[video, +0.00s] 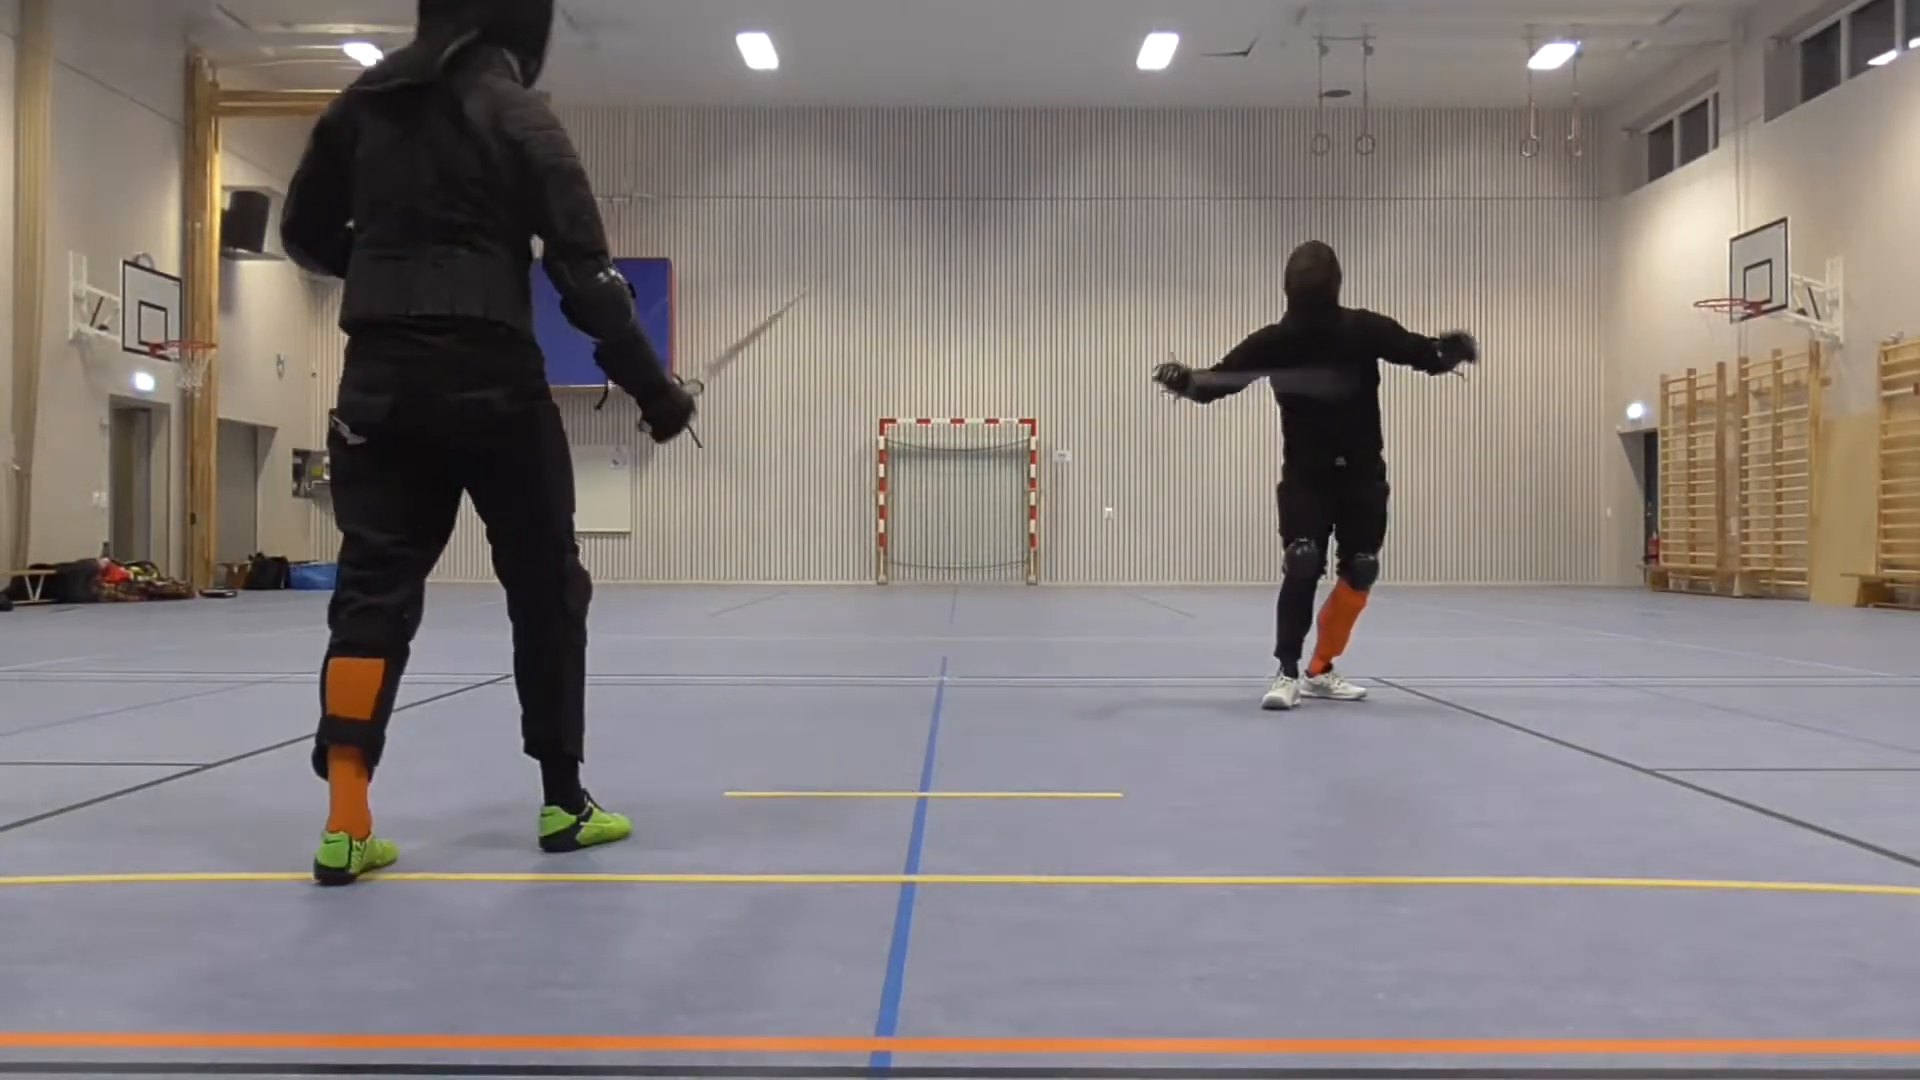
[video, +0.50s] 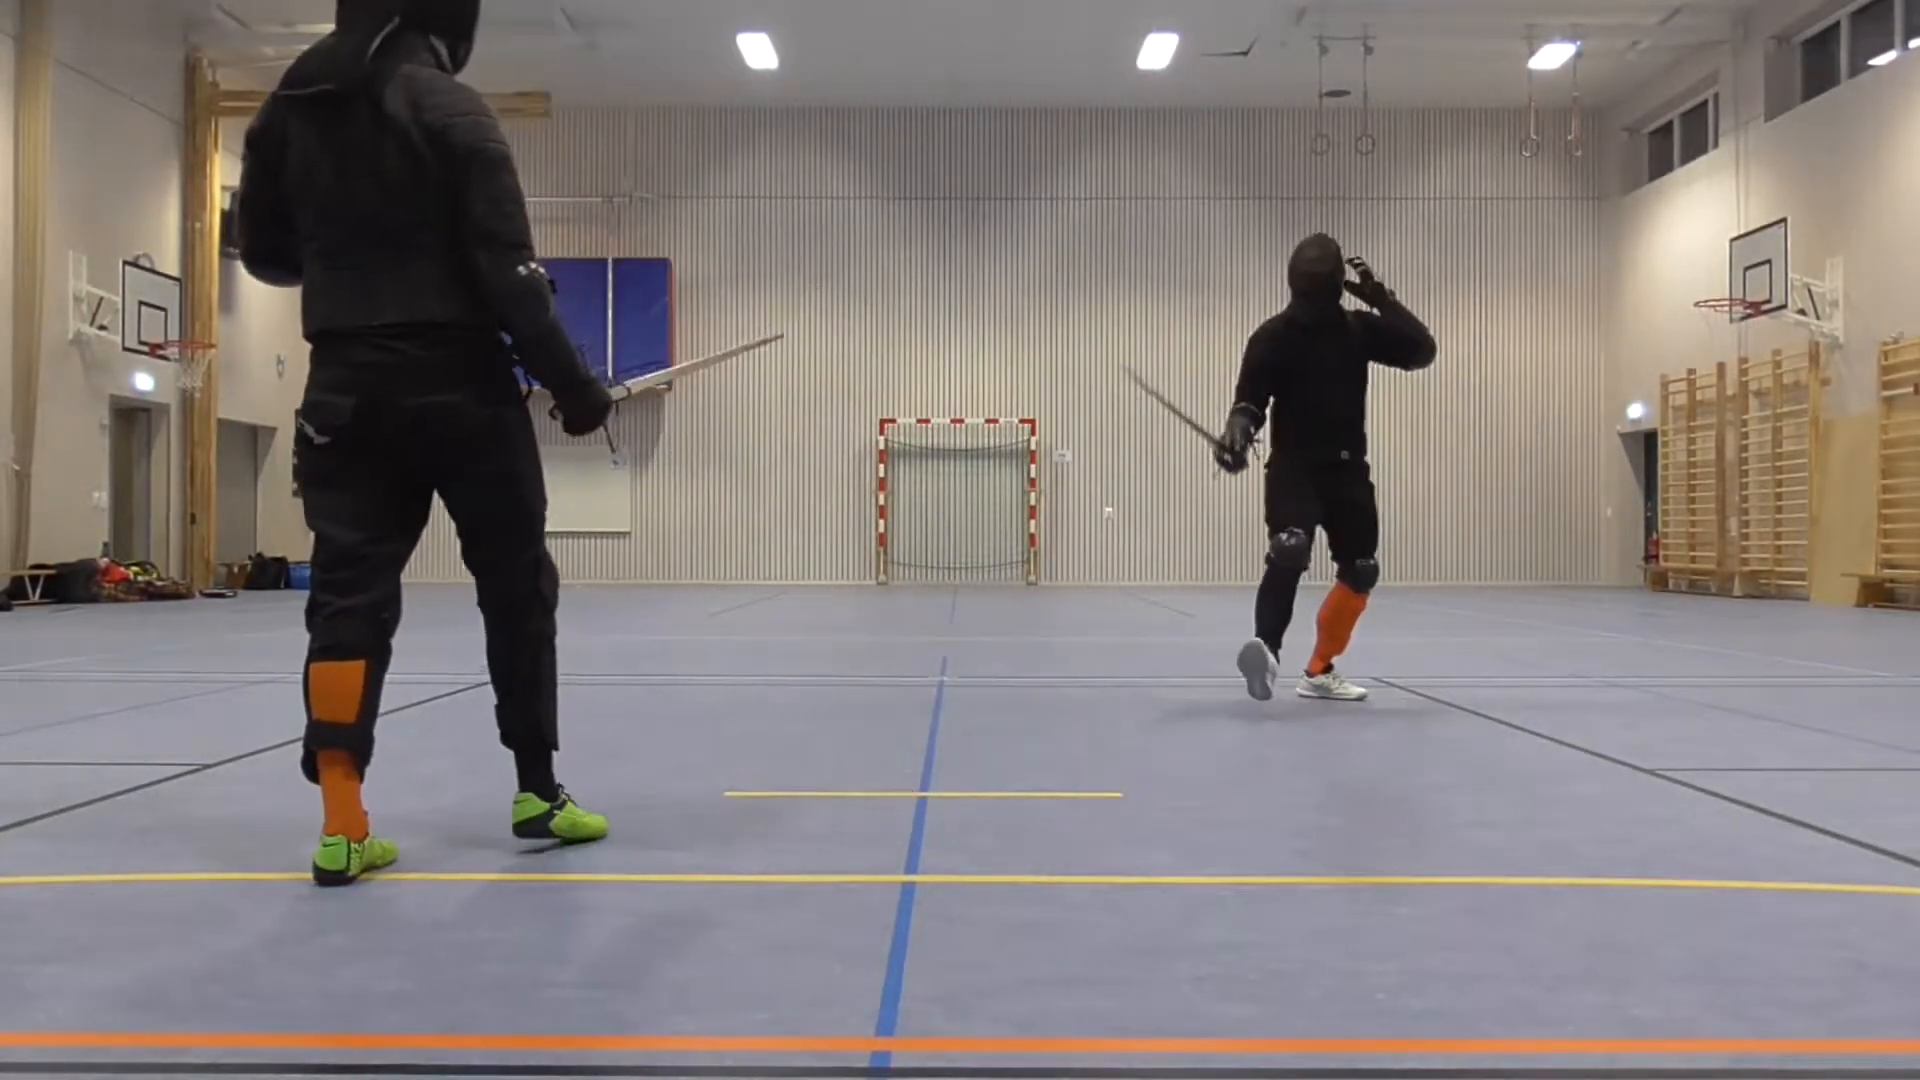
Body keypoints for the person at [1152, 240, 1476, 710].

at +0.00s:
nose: (1312, 292)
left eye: (1315, 281)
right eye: (1309, 282)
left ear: (1294, 284)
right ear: (1334, 282)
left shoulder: (1364, 331)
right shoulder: (1275, 341)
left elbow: (1422, 354)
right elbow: (1217, 383)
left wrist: (1451, 349)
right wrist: (1187, 380)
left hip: (1361, 476)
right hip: (1305, 478)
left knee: (1359, 573)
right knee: (1303, 564)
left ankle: (1319, 672)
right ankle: (1286, 674)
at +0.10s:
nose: (1321, 287)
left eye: (1322, 278)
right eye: (1320, 278)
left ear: (1293, 281)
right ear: (1339, 279)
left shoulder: (1366, 329)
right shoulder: (1277, 338)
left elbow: (1434, 361)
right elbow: (1227, 389)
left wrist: (1437, 333)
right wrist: (1198, 377)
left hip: (1358, 473)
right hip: (1304, 473)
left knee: (1359, 572)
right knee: (1302, 558)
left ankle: (1318, 673)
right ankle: (1283, 674)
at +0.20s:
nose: (1323, 285)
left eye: (1325, 276)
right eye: (1320, 276)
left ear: (1302, 277)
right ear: (1344, 276)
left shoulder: (1366, 328)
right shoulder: (1278, 337)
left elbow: (1433, 359)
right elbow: (1236, 395)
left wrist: (1416, 316)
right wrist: (1212, 382)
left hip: (1357, 468)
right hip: (1302, 467)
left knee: (1361, 569)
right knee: (1302, 548)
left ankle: (1319, 672)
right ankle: (1273, 669)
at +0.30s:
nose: (1321, 286)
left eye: (1326, 276)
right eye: (1315, 276)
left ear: (1326, 279)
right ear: (1345, 277)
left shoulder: (1365, 329)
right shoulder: (1280, 337)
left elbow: (1430, 356)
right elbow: (1251, 397)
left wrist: (1398, 304)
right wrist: (1227, 396)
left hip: (1354, 467)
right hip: (1300, 465)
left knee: (1361, 568)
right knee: (1297, 550)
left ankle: (1319, 670)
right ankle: (1270, 661)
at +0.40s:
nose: (1320, 287)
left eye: (1327, 278)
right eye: (1314, 278)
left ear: (1337, 280)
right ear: (1298, 279)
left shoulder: (1363, 330)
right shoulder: (1277, 337)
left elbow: (1427, 352)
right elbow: (1252, 398)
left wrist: (1388, 299)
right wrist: (1234, 418)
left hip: (1351, 467)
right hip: (1297, 466)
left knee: (1361, 570)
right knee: (1294, 549)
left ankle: (1319, 670)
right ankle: (1268, 654)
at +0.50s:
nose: (1317, 290)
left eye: (1325, 281)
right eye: (1309, 281)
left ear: (1338, 281)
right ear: (1293, 281)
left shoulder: (1358, 330)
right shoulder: (1272, 338)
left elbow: (1421, 350)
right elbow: (1251, 401)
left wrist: (1380, 297)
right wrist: (1237, 432)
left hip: (1347, 467)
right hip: (1292, 467)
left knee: (1360, 572)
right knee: (1290, 548)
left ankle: (1319, 671)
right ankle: (1265, 652)